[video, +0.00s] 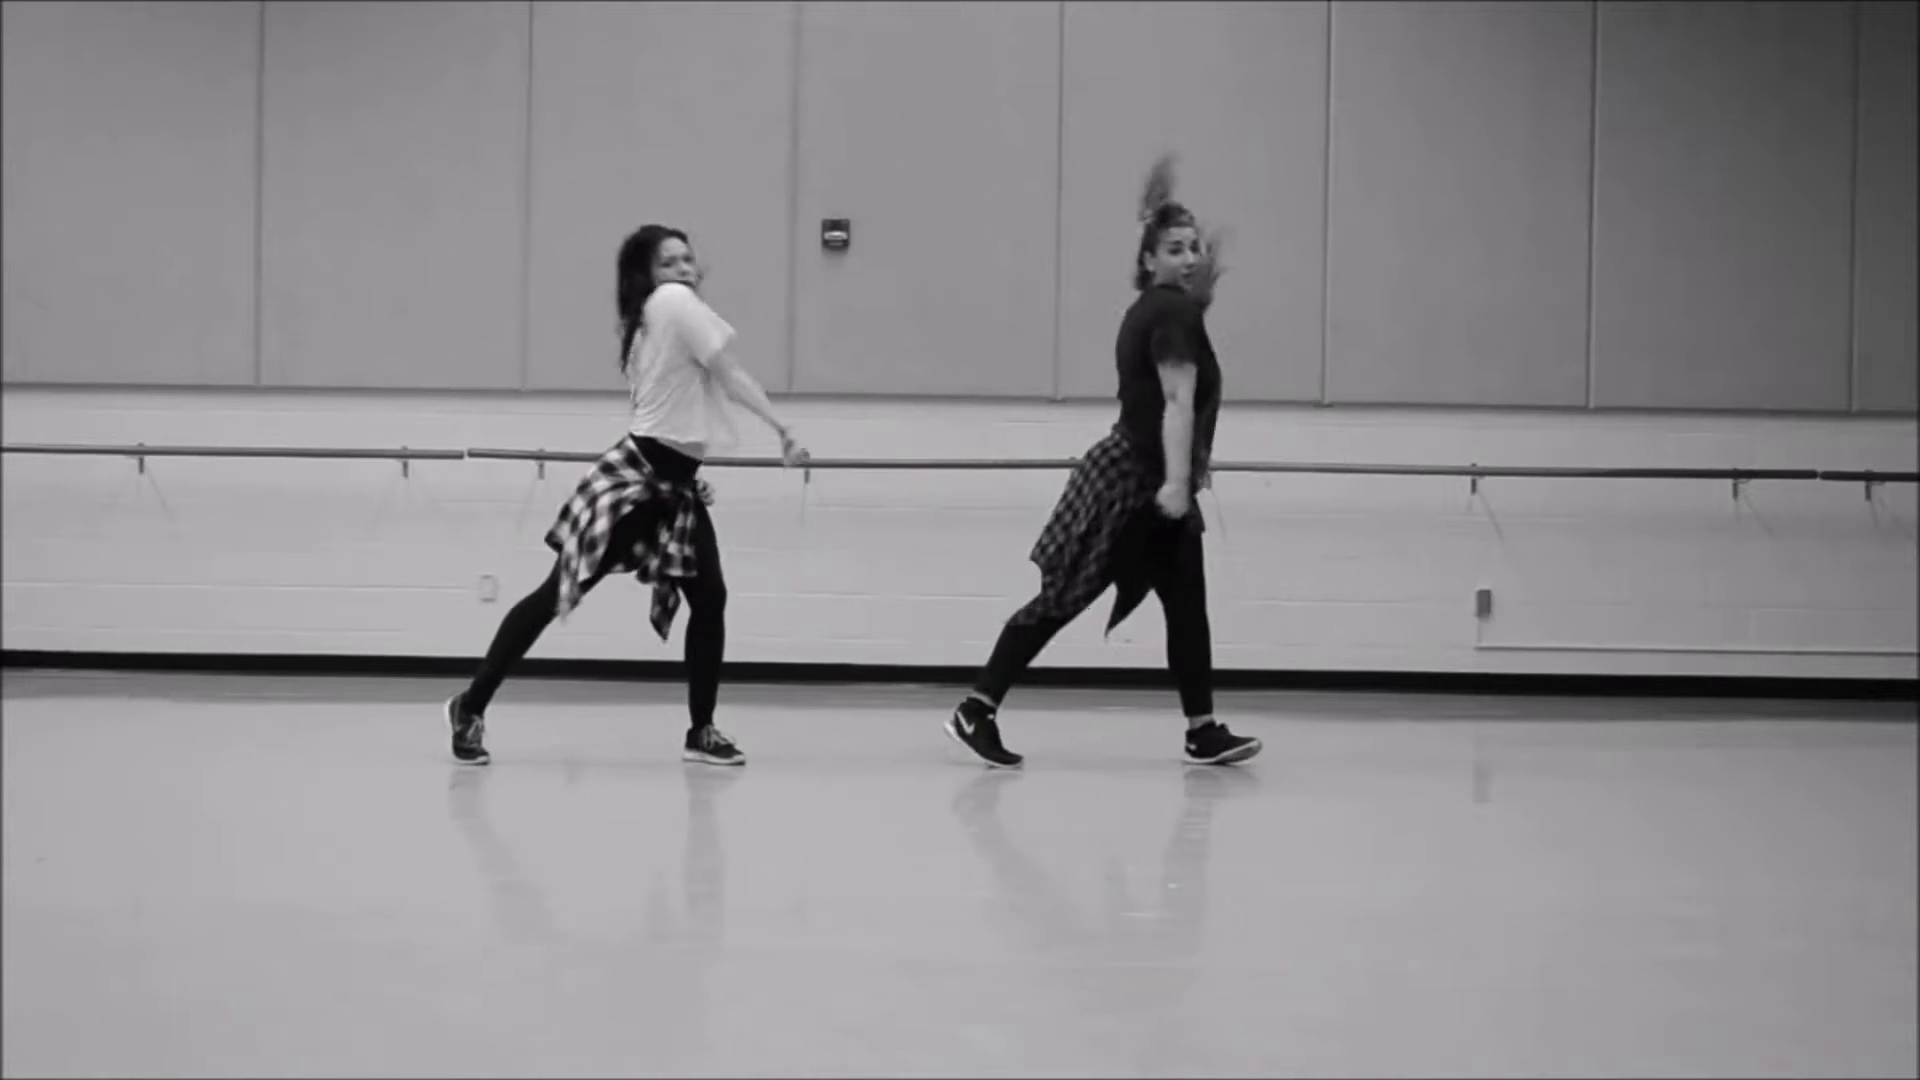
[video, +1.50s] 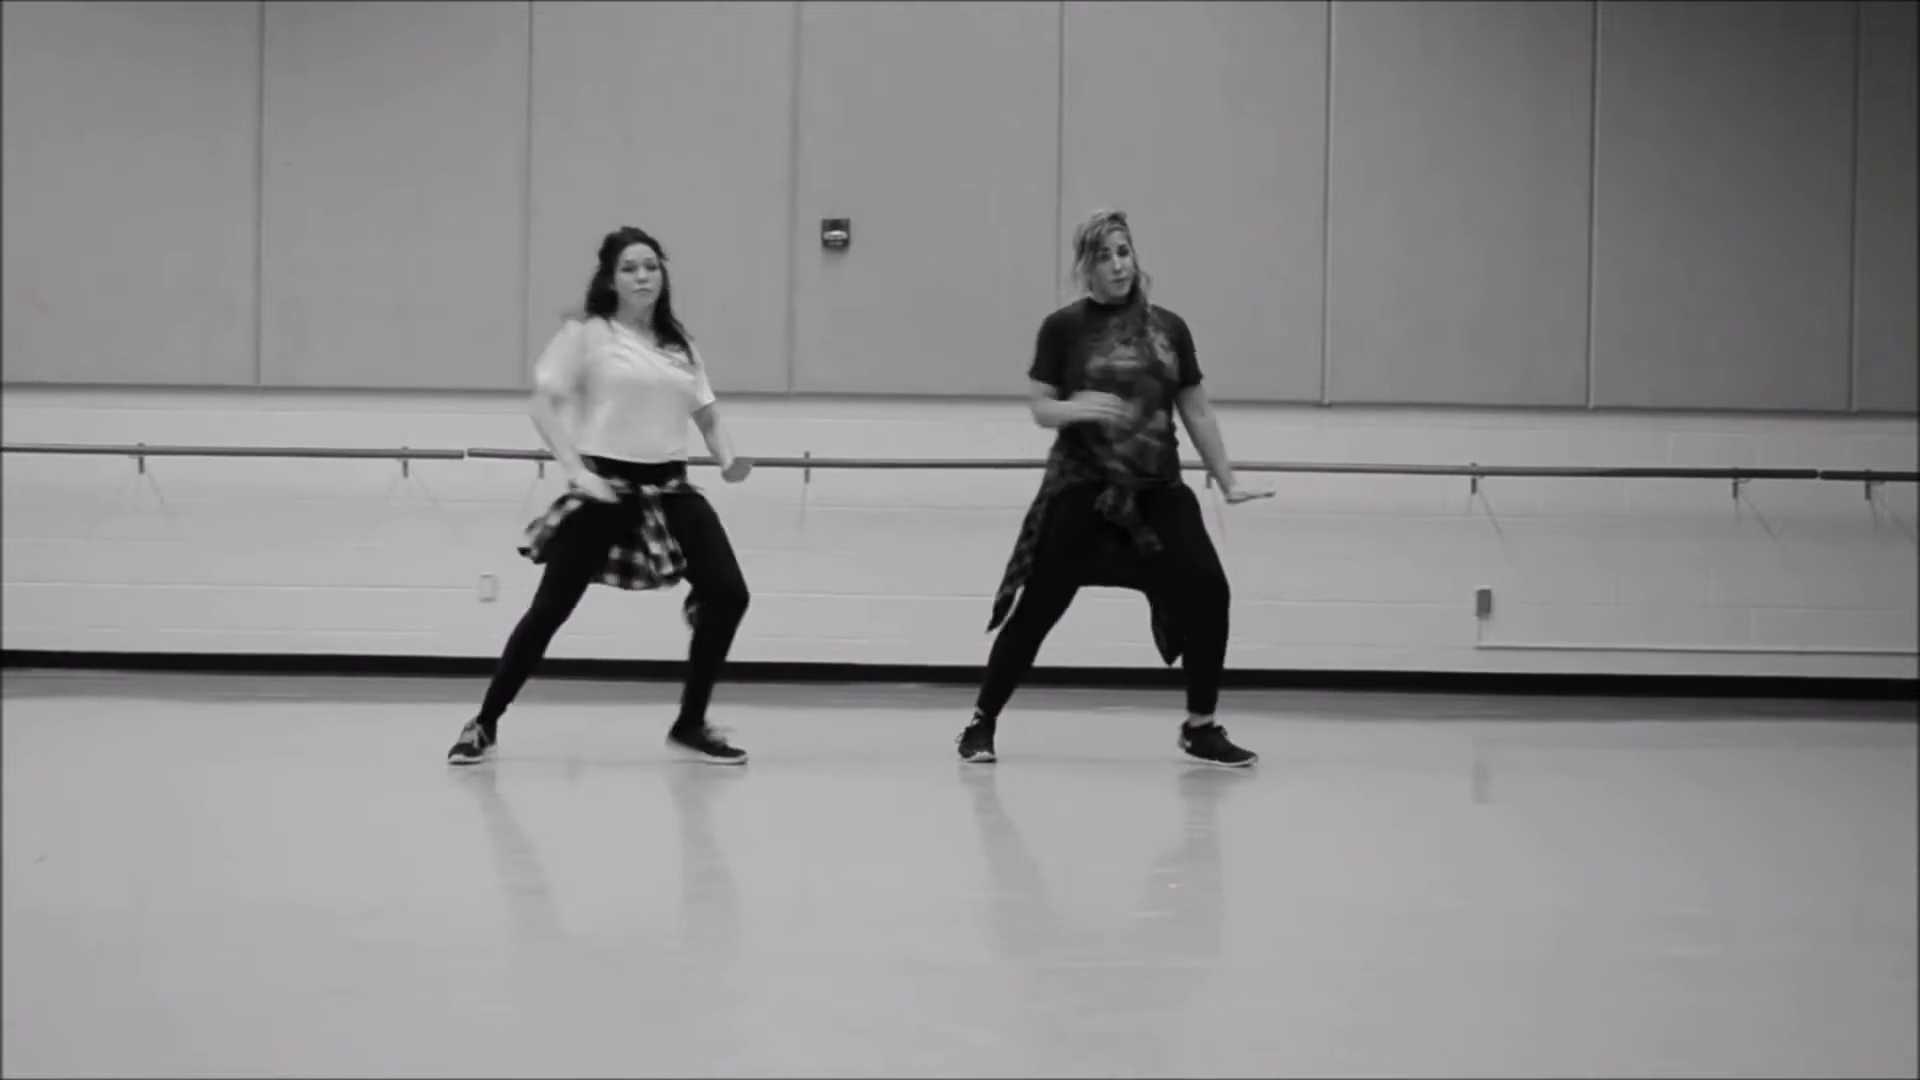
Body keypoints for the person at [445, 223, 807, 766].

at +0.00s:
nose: (686, 267)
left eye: (689, 259)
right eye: (673, 262)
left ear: (693, 264)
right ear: (648, 272)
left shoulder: (663, 310)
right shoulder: (674, 300)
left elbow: (658, 399)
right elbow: (727, 373)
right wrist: (783, 430)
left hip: (677, 485)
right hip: (643, 477)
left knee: (709, 599)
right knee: (559, 592)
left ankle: (702, 729)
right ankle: (470, 705)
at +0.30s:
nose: (661, 268)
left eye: (666, 259)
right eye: (647, 260)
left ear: (673, 268)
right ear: (621, 266)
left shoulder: (667, 327)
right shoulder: (606, 297)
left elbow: (678, 392)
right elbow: (637, 352)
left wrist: (711, 406)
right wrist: (704, 392)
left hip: (682, 475)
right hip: (631, 472)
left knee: (702, 598)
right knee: (566, 592)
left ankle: (702, 728)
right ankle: (480, 706)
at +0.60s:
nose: (655, 266)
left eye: (660, 256)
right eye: (641, 258)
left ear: (669, 265)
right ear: (616, 268)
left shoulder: (670, 335)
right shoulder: (597, 303)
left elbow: (718, 407)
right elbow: (579, 378)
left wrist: (760, 392)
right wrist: (611, 450)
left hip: (675, 479)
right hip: (623, 473)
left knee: (698, 605)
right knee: (561, 596)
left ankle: (701, 729)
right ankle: (477, 706)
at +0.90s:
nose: (630, 274)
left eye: (637, 264)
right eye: (617, 266)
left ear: (650, 273)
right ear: (597, 277)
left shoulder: (664, 338)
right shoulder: (581, 332)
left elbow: (695, 370)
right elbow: (560, 397)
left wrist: (613, 383)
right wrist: (541, 460)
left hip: (639, 482)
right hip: (574, 480)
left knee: (682, 609)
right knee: (524, 606)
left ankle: (749, 711)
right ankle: (482, 727)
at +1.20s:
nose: (624, 273)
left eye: (632, 263)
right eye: (611, 265)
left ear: (645, 271)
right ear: (592, 275)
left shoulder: (656, 331)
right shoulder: (569, 319)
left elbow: (712, 409)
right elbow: (530, 397)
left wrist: (693, 374)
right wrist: (549, 470)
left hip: (653, 482)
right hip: (583, 485)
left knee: (720, 583)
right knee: (539, 616)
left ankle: (738, 720)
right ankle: (485, 727)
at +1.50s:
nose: (643, 275)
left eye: (652, 267)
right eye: (630, 268)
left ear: (664, 277)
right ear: (610, 279)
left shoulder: (679, 347)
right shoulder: (584, 335)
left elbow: (707, 415)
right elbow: (541, 406)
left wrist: (726, 459)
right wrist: (577, 470)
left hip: (672, 492)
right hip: (602, 488)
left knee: (728, 596)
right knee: (549, 611)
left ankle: (690, 724)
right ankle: (484, 724)